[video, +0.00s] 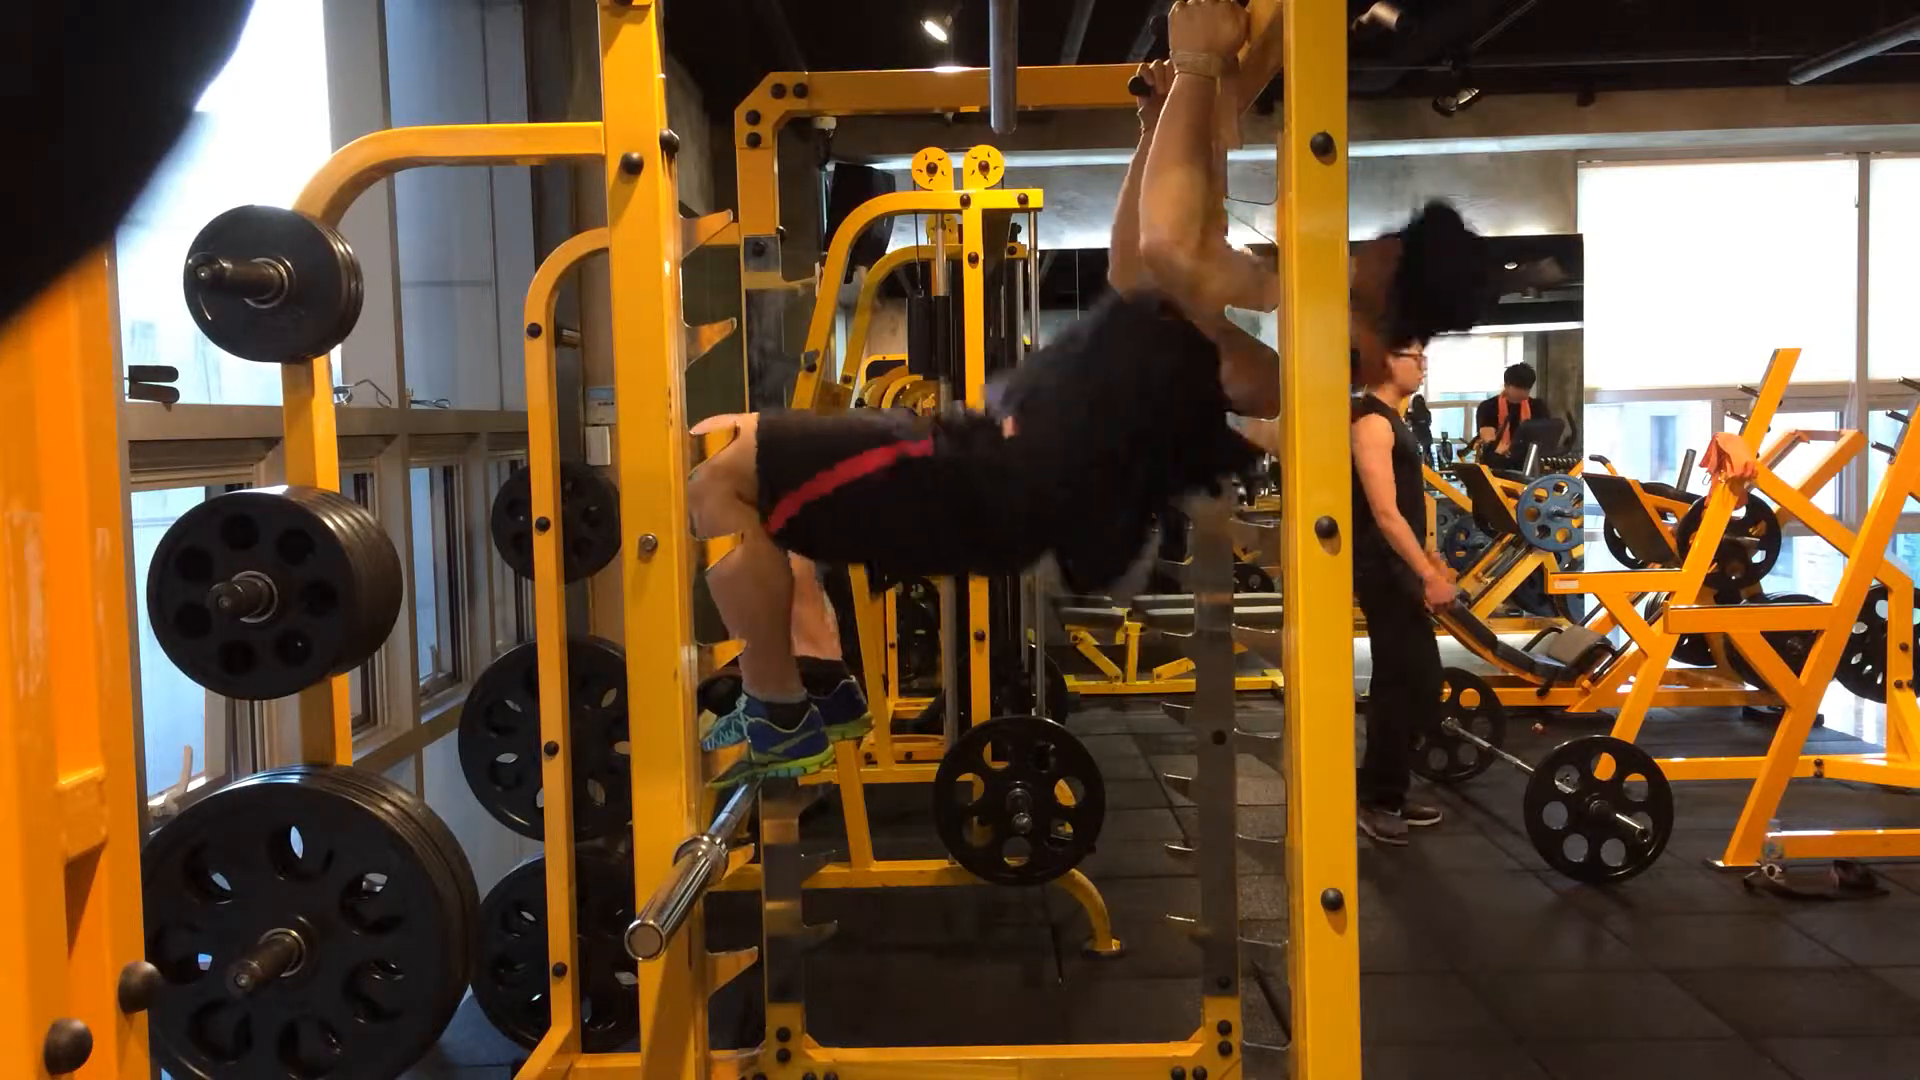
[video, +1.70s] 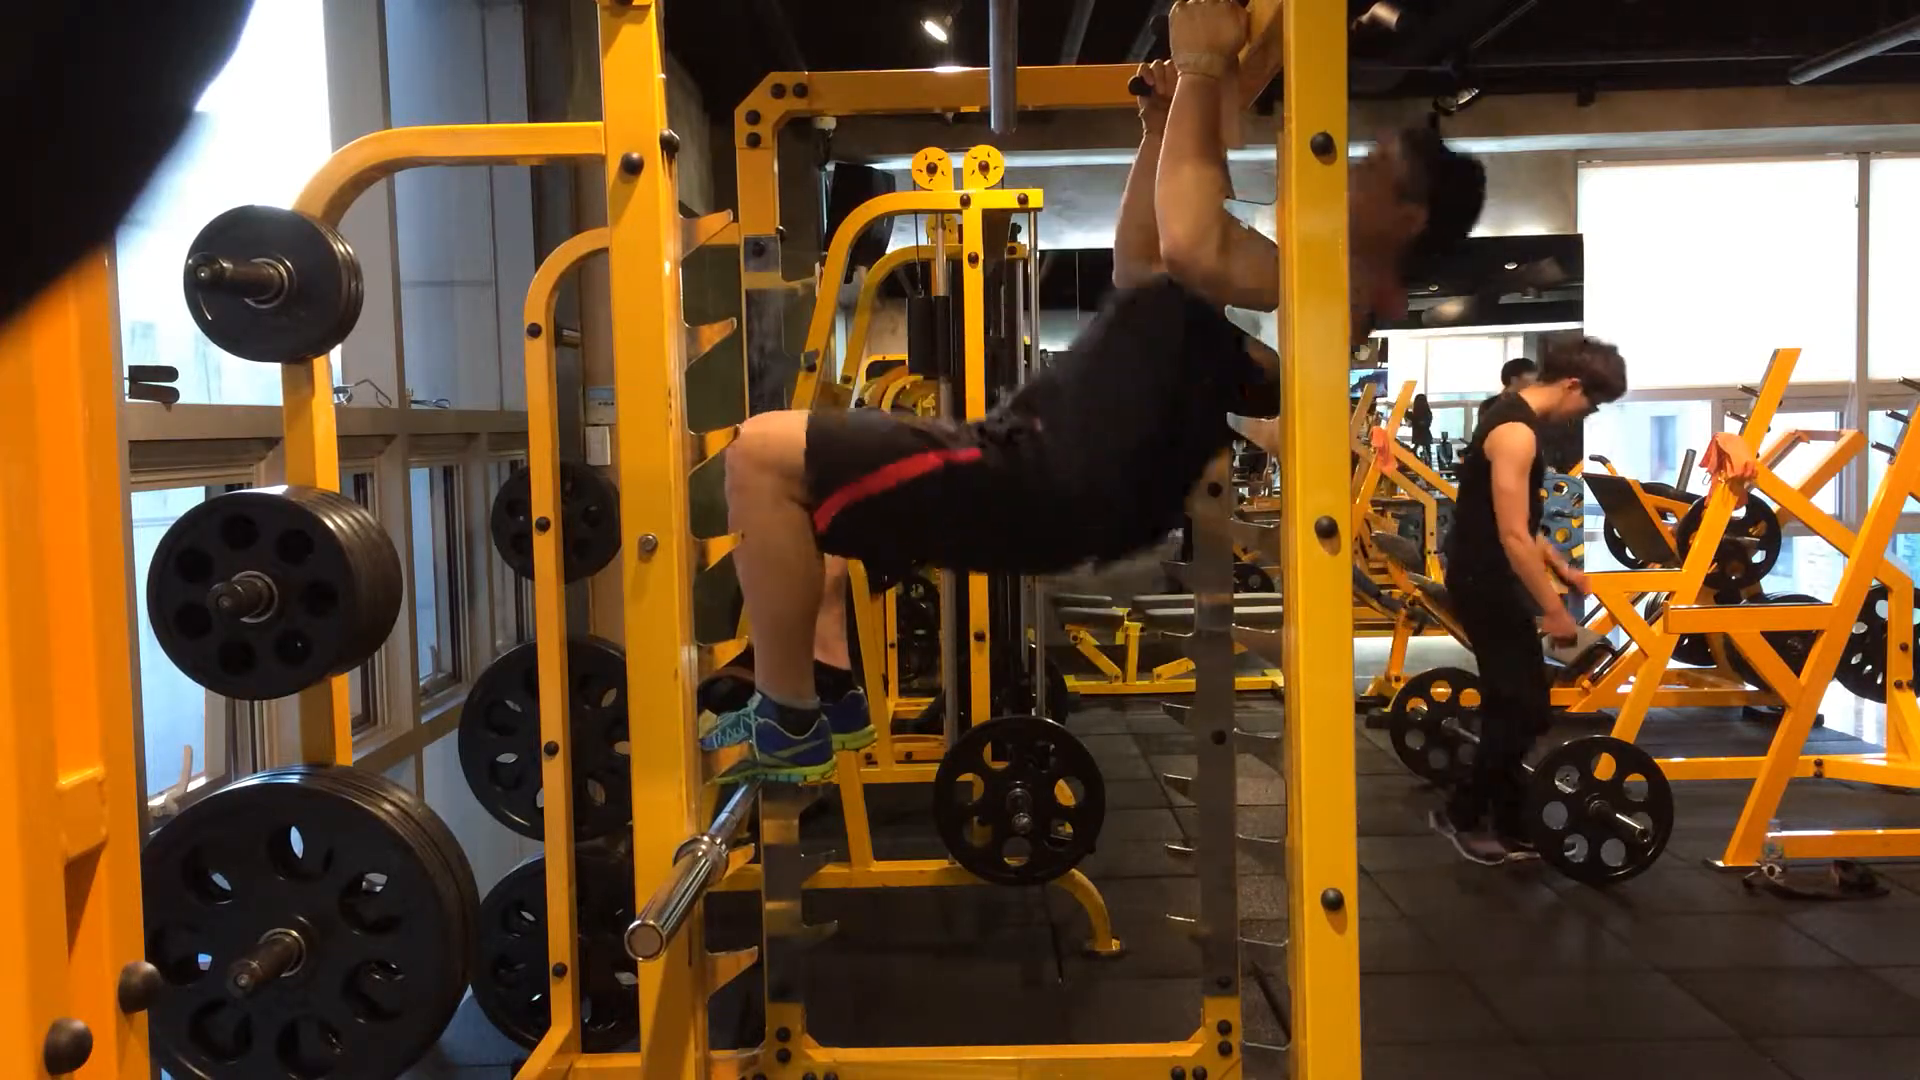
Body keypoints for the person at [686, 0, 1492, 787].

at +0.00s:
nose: (1353, 251)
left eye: (1376, 256)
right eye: (1368, 246)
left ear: (1391, 300)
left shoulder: (1329, 376)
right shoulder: (1310, 337)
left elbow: (1192, 269)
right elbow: (1139, 266)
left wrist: (1207, 70)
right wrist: (1169, 105)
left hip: (1019, 488)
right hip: (1008, 447)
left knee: (725, 487)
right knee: (729, 439)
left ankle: (776, 712)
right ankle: (821, 670)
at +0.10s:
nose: (1362, 180)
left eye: (1380, 185)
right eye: (1377, 177)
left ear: (1382, 217)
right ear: (1411, 262)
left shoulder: (1301, 281)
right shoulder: (1311, 278)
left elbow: (1164, 240)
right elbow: (1188, 213)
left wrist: (1199, 64)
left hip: (1018, 431)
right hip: (1013, 395)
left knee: (725, 483)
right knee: (729, 436)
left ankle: (776, 714)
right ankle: (819, 668)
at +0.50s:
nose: (1362, 164)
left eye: (1383, 169)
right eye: (1377, 157)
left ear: (1395, 225)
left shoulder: (1325, 283)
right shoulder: (1316, 274)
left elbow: (1181, 247)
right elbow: (1146, 236)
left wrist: (1205, 68)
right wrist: (1188, 92)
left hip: (1009, 445)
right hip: (1015, 418)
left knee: (735, 463)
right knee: (759, 428)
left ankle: (782, 713)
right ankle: (821, 663)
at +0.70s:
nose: (1342, 255)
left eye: (1368, 256)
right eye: (1358, 247)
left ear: (1389, 306)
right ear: (1373, 294)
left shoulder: (1302, 393)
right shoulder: (1259, 359)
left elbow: (1197, 257)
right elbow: (1144, 275)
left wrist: (1205, 74)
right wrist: (1159, 127)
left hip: (1007, 549)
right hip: (996, 509)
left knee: (742, 466)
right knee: (769, 438)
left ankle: (783, 712)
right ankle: (823, 671)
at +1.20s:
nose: (1356, 185)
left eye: (1382, 186)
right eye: (1371, 175)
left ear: (1410, 236)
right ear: (1385, 221)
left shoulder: (1343, 295)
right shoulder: (1327, 312)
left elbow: (1190, 252)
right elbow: (1137, 255)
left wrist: (1208, 68)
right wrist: (1170, 104)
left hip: (1025, 472)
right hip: (1023, 447)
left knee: (740, 471)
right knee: (752, 431)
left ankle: (782, 714)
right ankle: (821, 664)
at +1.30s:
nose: (1357, 119)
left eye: (1382, 120)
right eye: (1370, 105)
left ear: (1412, 172)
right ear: (1362, 125)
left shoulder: (1339, 250)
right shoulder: (1315, 210)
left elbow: (1185, 241)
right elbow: (1157, 216)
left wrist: (1203, 71)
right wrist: (1190, 90)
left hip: (1057, 423)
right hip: (1039, 387)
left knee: (745, 460)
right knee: (768, 431)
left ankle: (783, 714)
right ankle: (821, 670)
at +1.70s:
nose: (1345, 168)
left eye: (1374, 168)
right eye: (1361, 158)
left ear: (1407, 224)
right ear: (1366, 199)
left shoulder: (1346, 300)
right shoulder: (1314, 293)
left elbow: (1195, 248)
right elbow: (1139, 276)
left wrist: (1207, 72)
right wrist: (1157, 127)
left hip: (1055, 486)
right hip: (1035, 449)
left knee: (760, 458)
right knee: (798, 447)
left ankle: (785, 715)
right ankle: (824, 672)